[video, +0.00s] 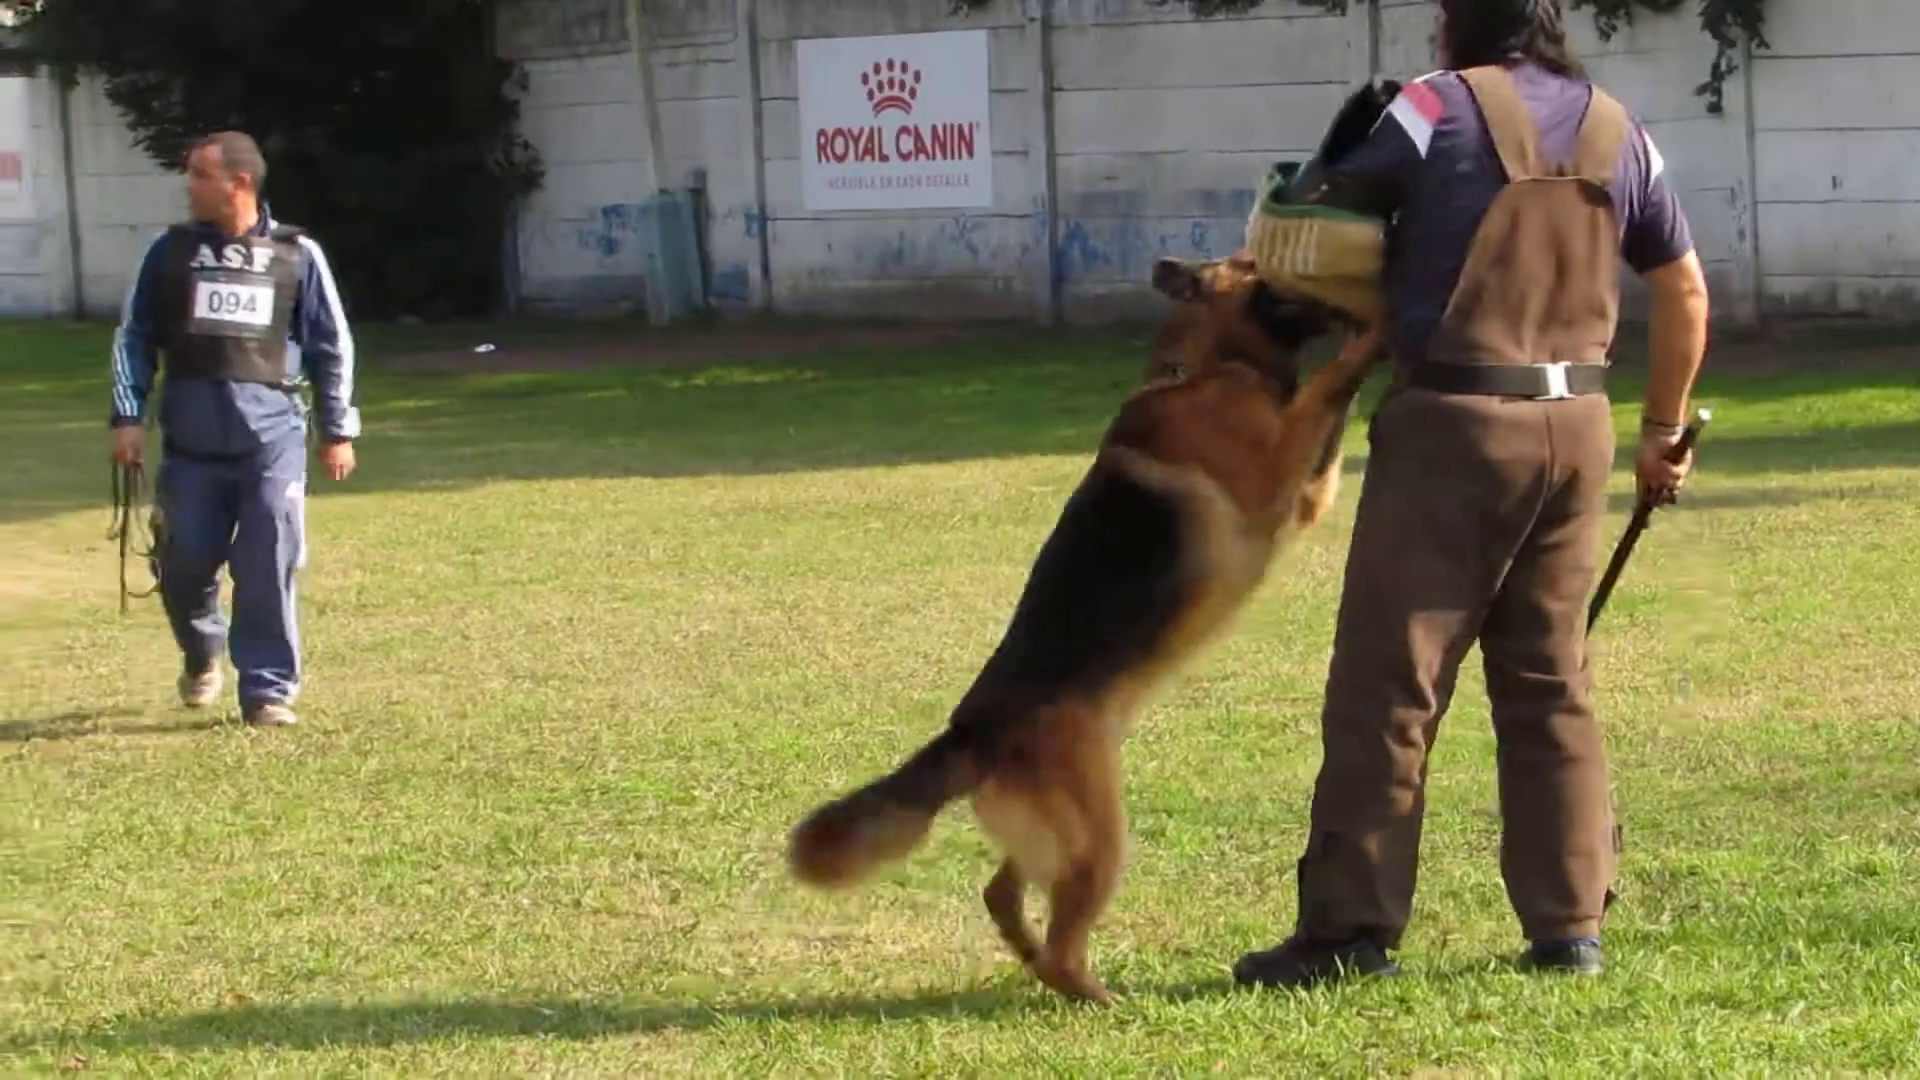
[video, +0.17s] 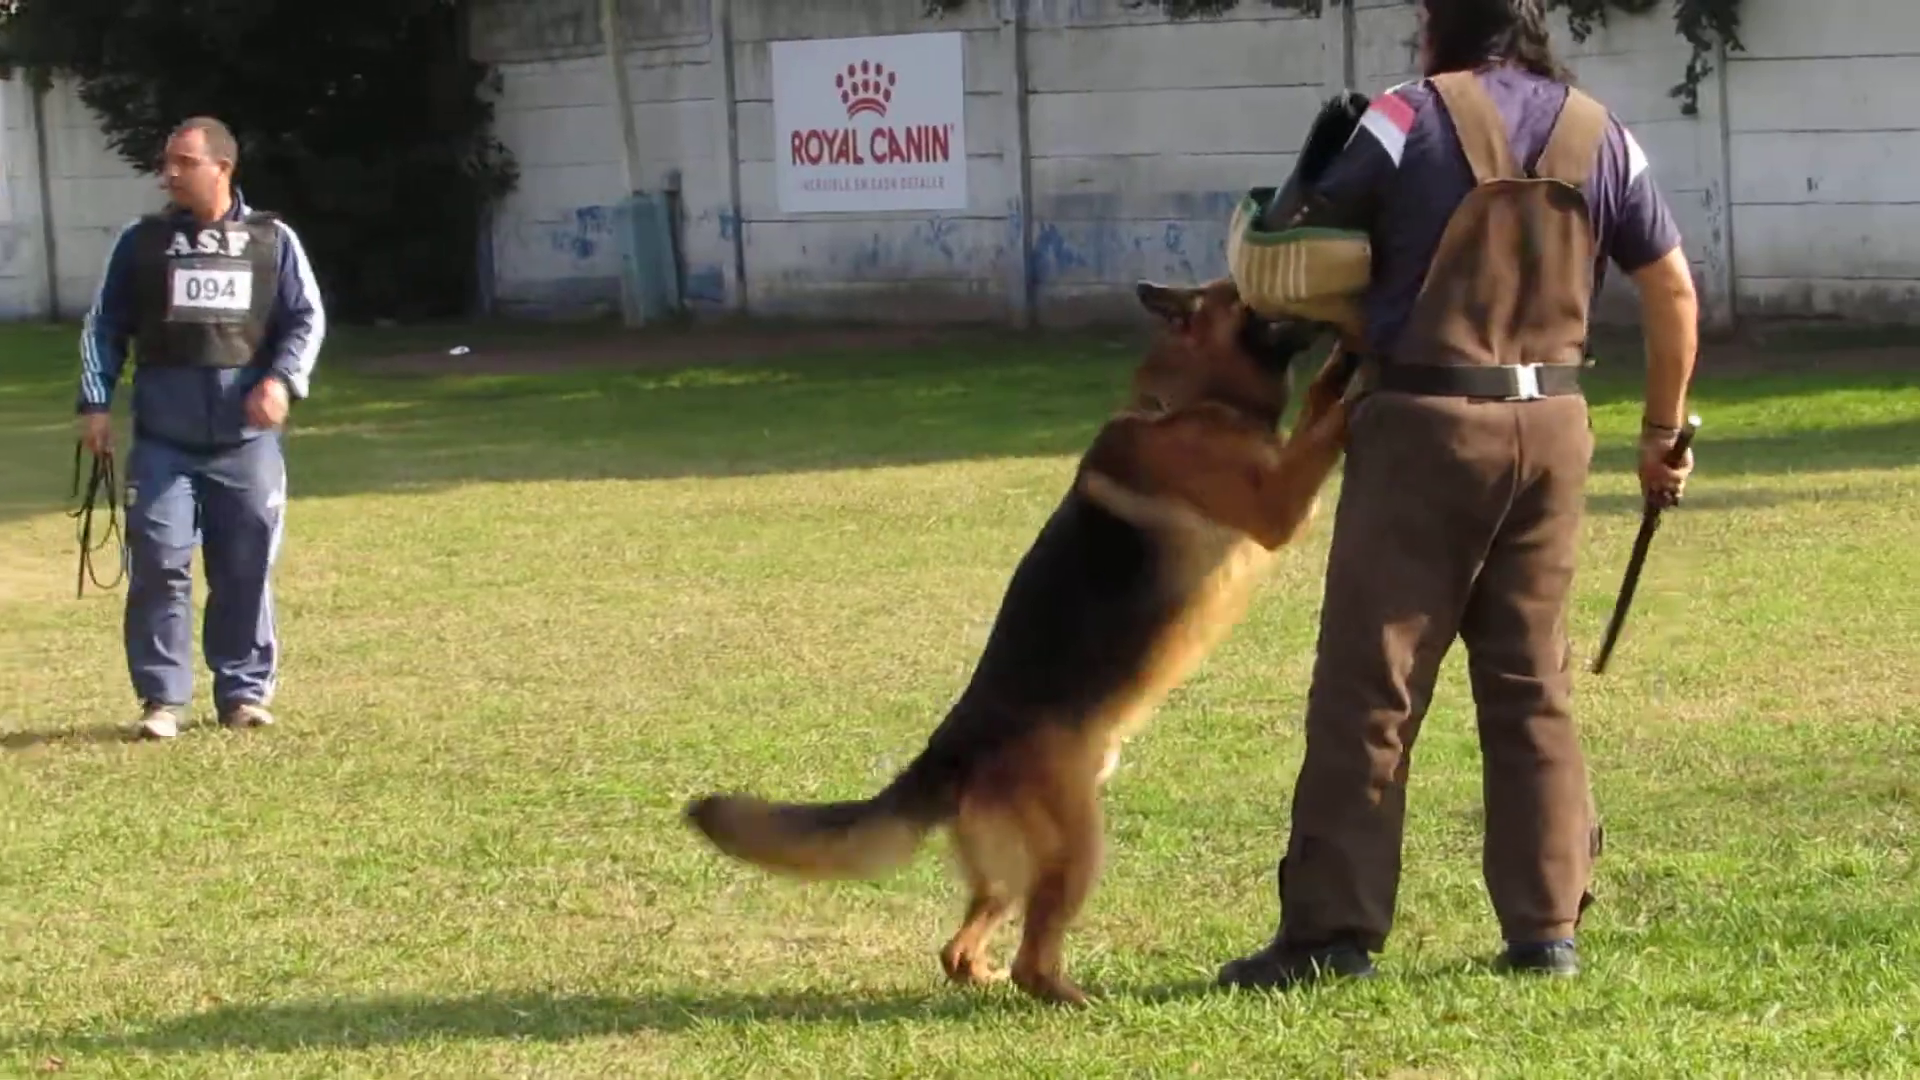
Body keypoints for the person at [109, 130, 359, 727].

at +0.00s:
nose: (189, 185)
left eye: (200, 175)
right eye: (190, 173)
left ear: (240, 185)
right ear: (226, 184)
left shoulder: (299, 256)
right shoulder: (171, 252)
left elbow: (331, 345)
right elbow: (135, 337)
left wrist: (339, 429)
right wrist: (127, 416)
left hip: (271, 435)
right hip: (191, 436)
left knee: (271, 564)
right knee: (184, 563)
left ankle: (268, 690)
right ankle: (201, 652)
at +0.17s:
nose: (168, 172)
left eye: (182, 162)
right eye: (166, 161)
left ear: (221, 169)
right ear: (169, 167)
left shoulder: (273, 240)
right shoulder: (142, 241)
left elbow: (306, 318)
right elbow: (105, 325)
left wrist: (281, 379)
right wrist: (96, 404)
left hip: (246, 433)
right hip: (163, 433)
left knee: (245, 568)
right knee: (159, 564)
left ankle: (244, 693)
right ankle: (162, 701)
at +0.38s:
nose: (164, 189)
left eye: (172, 178)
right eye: (150, 179)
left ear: (187, 184)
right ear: (125, 189)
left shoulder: (229, 250)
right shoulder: (97, 269)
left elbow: (279, 310)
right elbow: (62, 347)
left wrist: (242, 329)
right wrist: (48, 417)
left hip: (214, 450)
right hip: (131, 453)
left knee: (211, 578)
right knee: (115, 569)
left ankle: (207, 701)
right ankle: (106, 714)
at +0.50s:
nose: (124, 209)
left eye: (132, 196)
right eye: (109, 198)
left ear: (146, 201)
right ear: (82, 206)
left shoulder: (191, 263)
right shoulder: (55, 290)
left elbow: (243, 321)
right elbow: (26, 367)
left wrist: (227, 382)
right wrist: (21, 426)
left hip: (182, 470)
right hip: (96, 476)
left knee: (191, 579)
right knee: (76, 586)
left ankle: (187, 692)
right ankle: (84, 727)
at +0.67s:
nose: (90, 235)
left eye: (98, 223)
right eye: (75, 224)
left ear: (110, 228)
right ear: (44, 231)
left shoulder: (145, 285)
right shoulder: (18, 305)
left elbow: (178, 349)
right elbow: (0, 381)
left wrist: (187, 408)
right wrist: (5, 427)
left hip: (141, 469)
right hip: (55, 476)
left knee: (165, 604)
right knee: (43, 610)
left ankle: (132, 703)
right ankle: (36, 730)